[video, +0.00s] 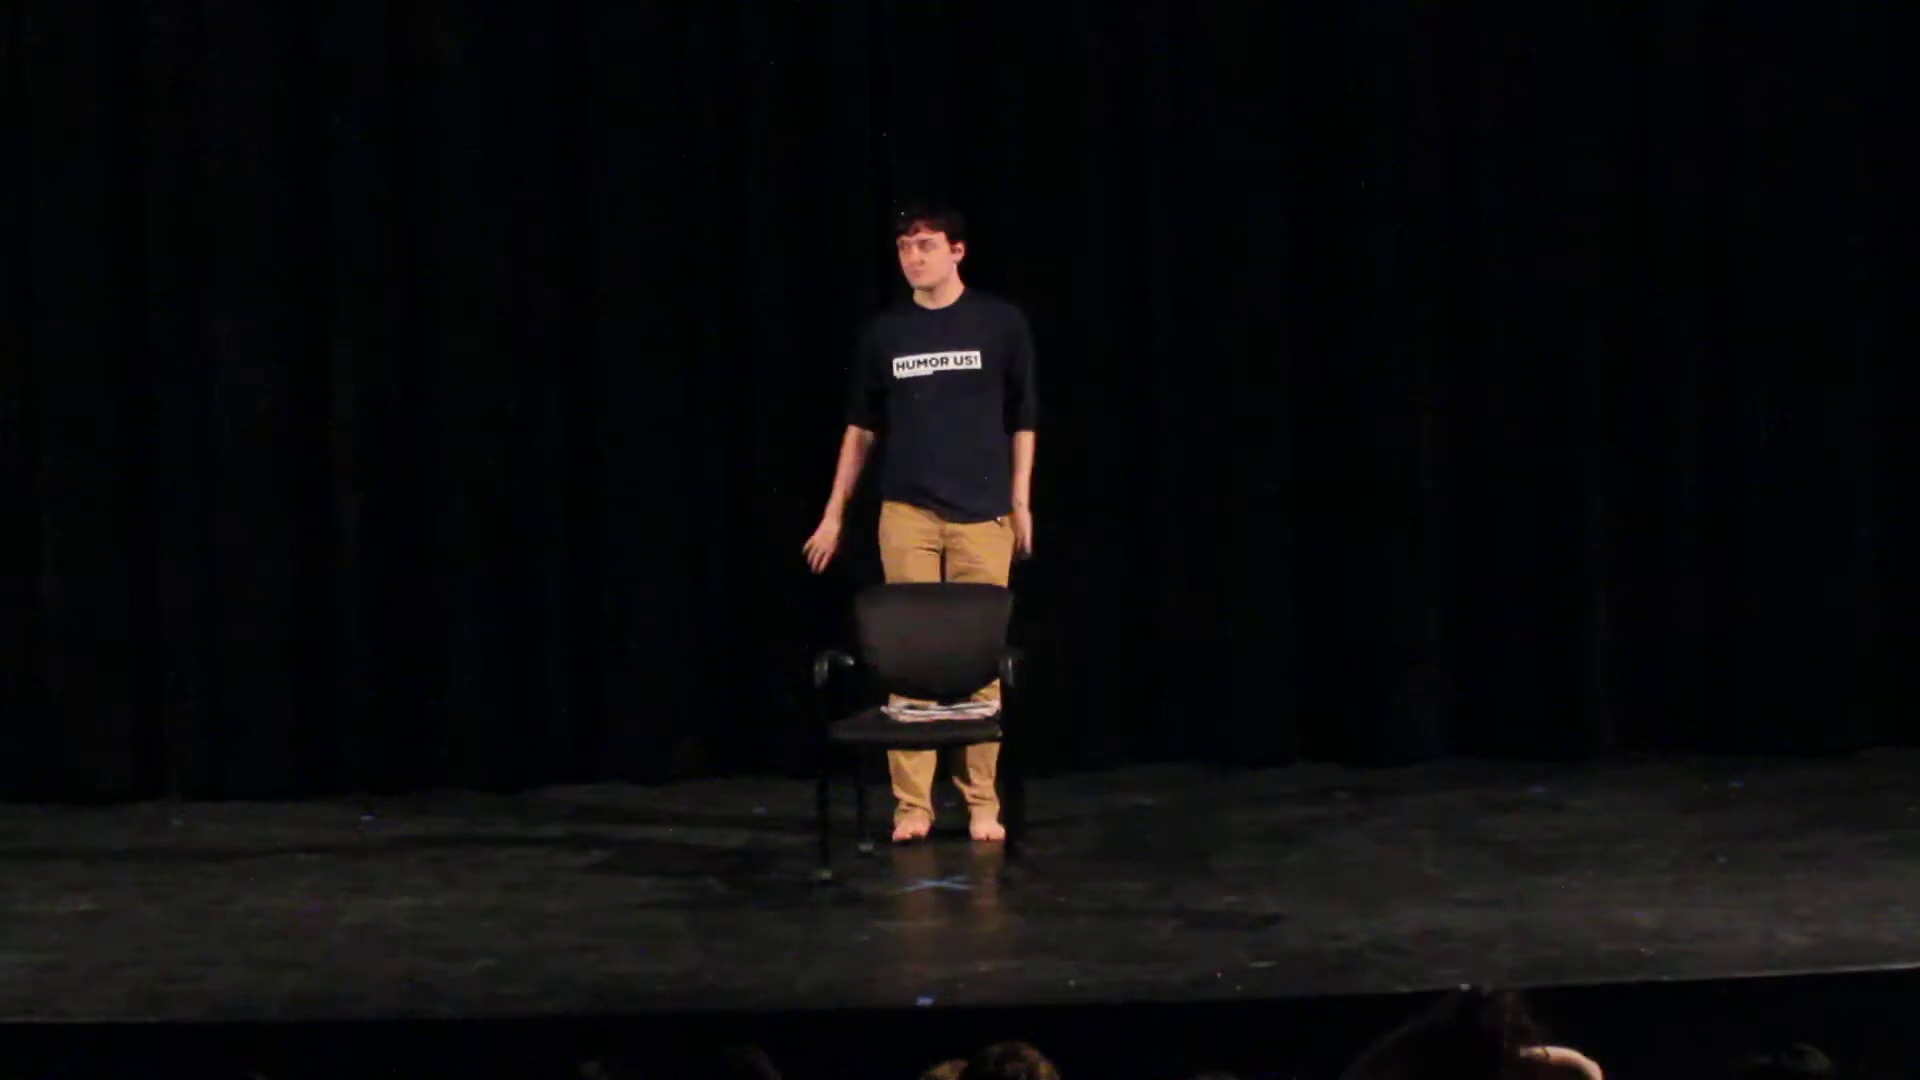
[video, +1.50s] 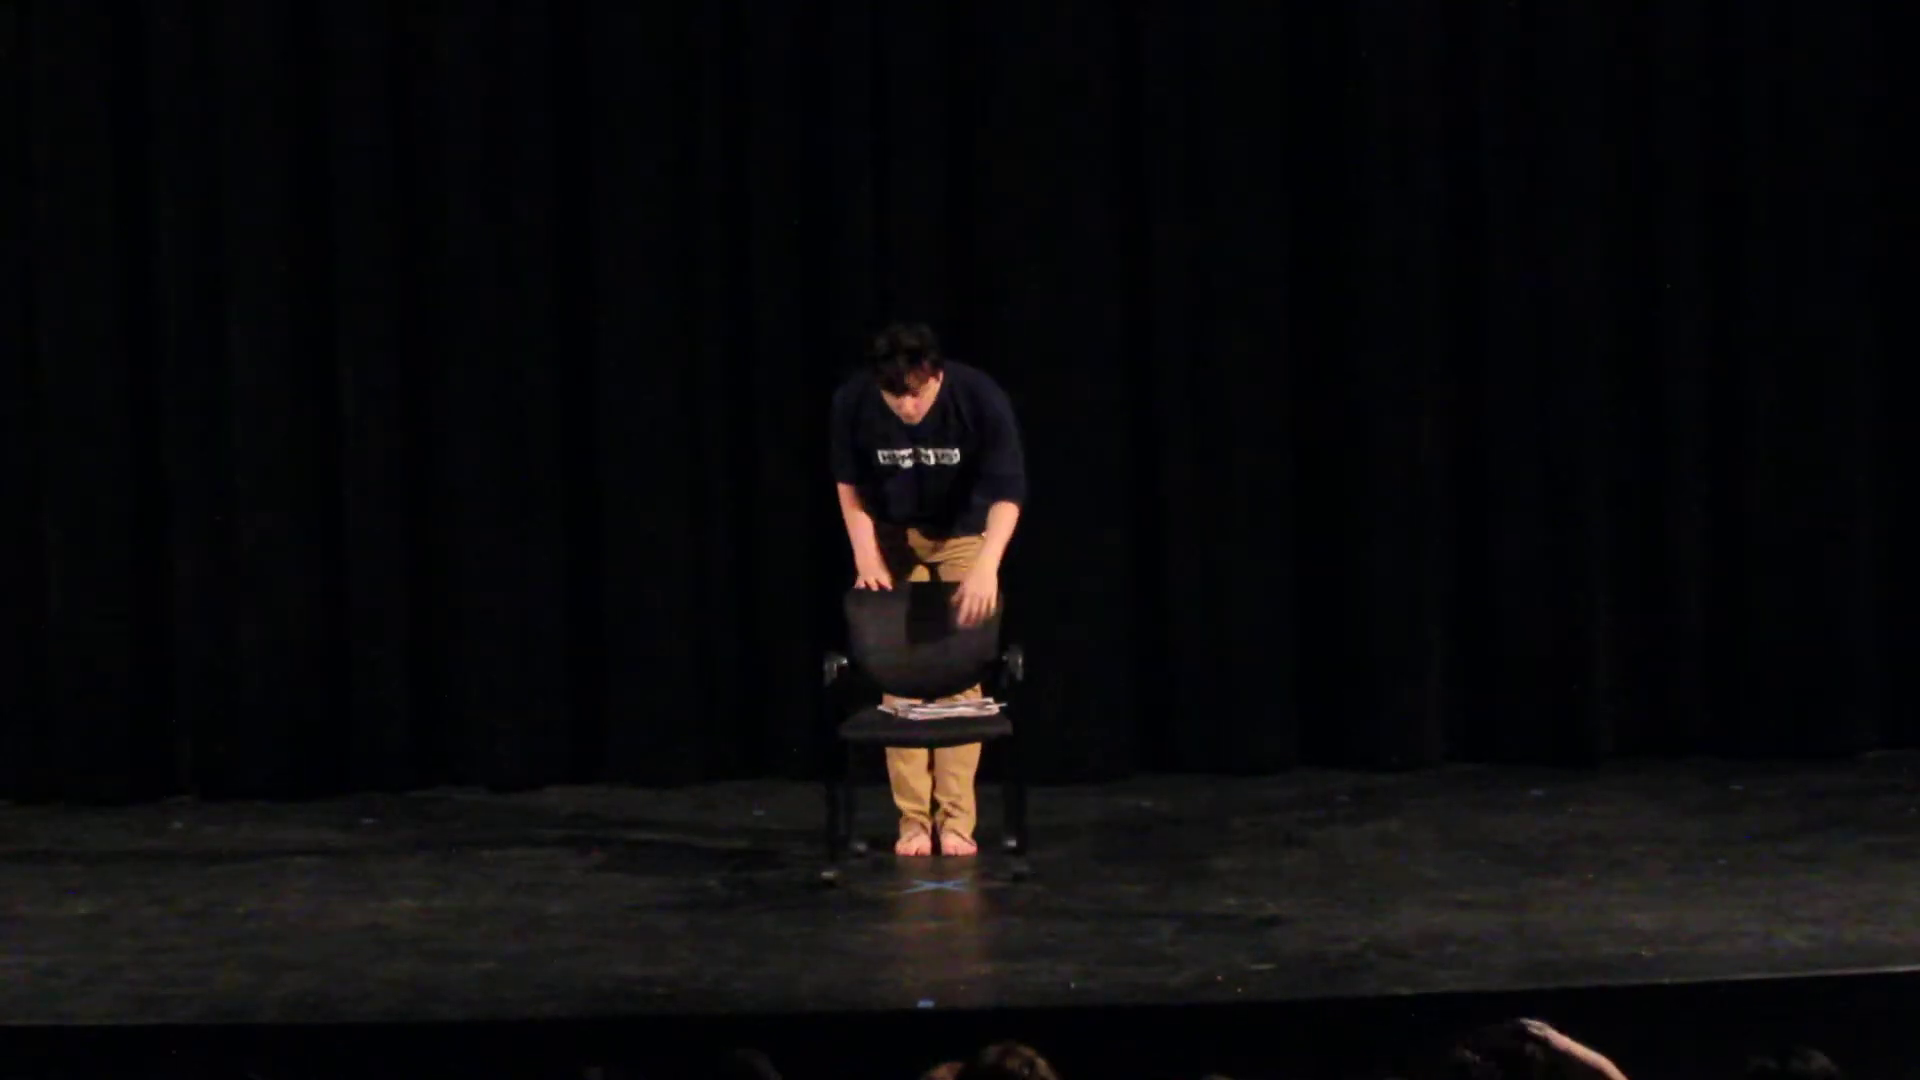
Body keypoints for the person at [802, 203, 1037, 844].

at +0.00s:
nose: (913, 258)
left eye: (925, 246)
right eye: (905, 248)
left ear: (956, 251)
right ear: (897, 258)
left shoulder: (1003, 324)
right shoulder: (884, 332)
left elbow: (1023, 421)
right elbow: (860, 431)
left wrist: (1020, 504)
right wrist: (832, 515)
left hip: (983, 516)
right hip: (905, 514)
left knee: (981, 658)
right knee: (908, 657)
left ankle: (981, 803)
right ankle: (912, 804)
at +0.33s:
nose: (904, 263)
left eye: (915, 252)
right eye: (903, 252)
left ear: (954, 258)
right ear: (927, 261)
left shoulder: (1006, 329)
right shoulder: (902, 328)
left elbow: (1050, 424)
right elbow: (888, 418)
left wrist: (1086, 504)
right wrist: (875, 495)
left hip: (987, 521)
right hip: (913, 516)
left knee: (984, 660)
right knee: (922, 654)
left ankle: (984, 805)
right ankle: (925, 800)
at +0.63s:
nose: (922, 283)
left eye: (934, 270)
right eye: (913, 271)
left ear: (962, 268)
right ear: (903, 274)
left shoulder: (1002, 334)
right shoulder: (898, 334)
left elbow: (1016, 433)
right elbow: (885, 428)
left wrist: (995, 514)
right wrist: (870, 510)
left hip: (982, 521)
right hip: (911, 519)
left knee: (982, 666)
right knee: (916, 662)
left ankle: (981, 808)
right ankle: (919, 807)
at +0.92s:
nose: (919, 308)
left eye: (929, 295)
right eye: (907, 296)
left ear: (952, 287)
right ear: (893, 295)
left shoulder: (984, 354)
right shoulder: (878, 340)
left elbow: (987, 460)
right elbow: (861, 424)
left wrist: (971, 549)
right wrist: (851, 507)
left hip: (963, 533)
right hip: (891, 529)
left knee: (971, 670)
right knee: (900, 673)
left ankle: (979, 803)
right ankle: (914, 815)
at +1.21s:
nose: (906, 354)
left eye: (916, 341)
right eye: (894, 342)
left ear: (937, 329)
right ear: (879, 333)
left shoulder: (976, 369)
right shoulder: (856, 367)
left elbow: (1003, 461)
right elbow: (839, 449)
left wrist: (961, 537)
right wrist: (858, 527)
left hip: (963, 537)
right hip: (889, 540)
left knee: (960, 674)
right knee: (897, 677)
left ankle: (960, 814)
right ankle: (914, 819)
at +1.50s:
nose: (909, 405)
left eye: (918, 392)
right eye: (897, 394)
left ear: (937, 373)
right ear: (879, 381)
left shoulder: (979, 400)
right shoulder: (855, 405)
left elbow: (1007, 491)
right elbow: (849, 485)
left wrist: (986, 567)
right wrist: (867, 559)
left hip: (965, 541)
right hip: (892, 543)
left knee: (961, 675)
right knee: (898, 677)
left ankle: (955, 821)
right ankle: (913, 819)